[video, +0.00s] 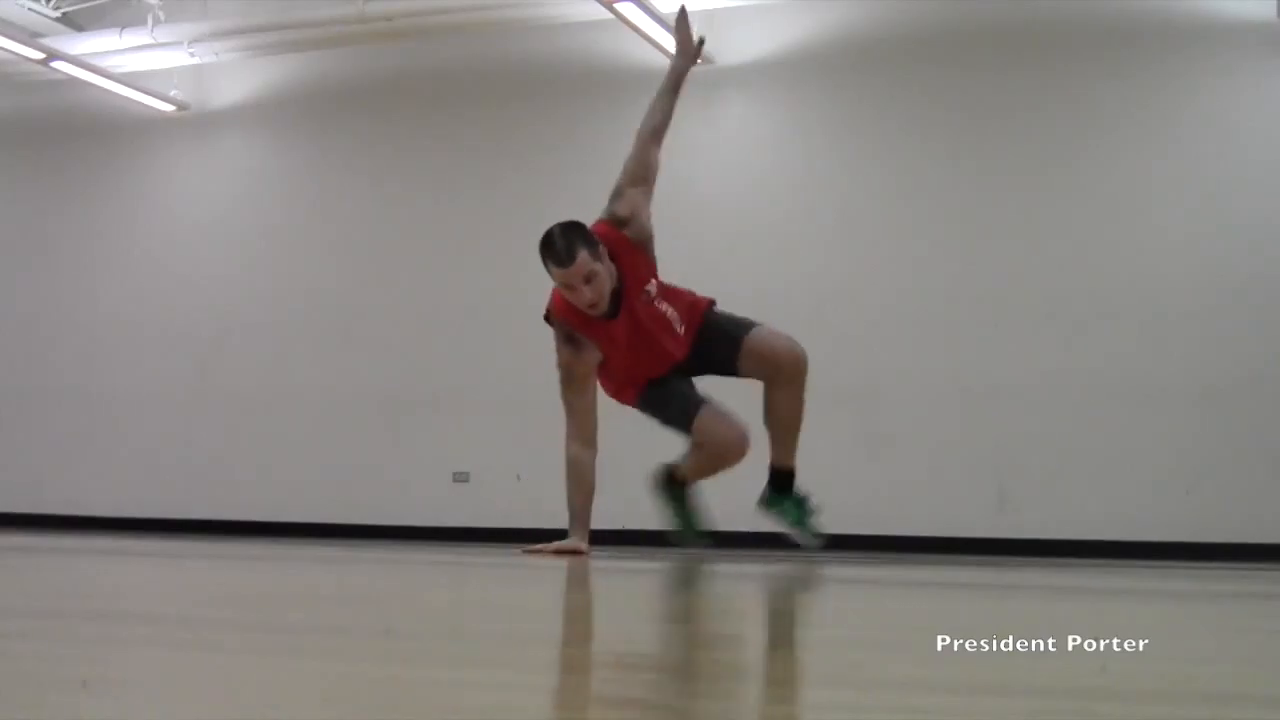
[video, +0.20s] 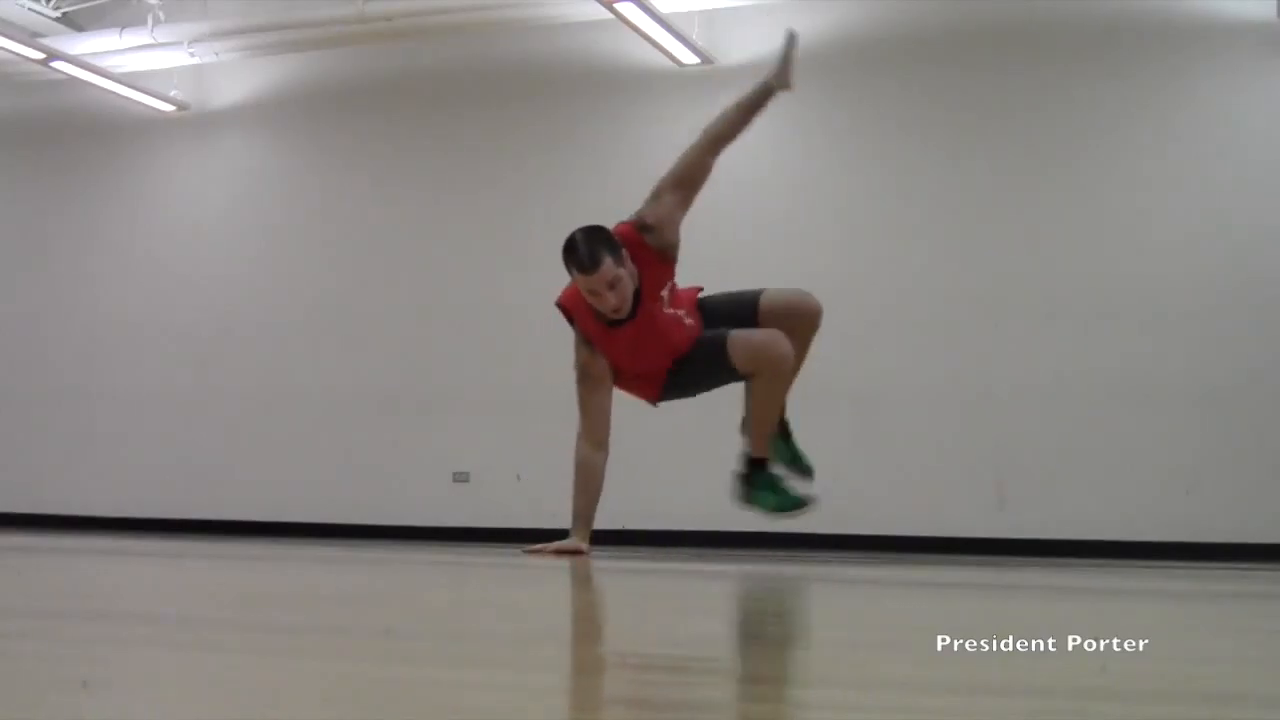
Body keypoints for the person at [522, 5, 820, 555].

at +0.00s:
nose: (585, 295)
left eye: (589, 279)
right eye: (571, 289)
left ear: (604, 255)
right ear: (556, 286)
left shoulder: (627, 222)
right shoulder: (574, 344)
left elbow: (650, 140)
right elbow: (581, 442)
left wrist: (682, 64)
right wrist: (579, 535)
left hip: (683, 327)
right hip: (644, 380)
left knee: (787, 359)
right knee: (732, 442)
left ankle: (781, 491)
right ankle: (674, 483)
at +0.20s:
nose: (611, 299)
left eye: (615, 283)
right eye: (596, 294)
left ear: (626, 258)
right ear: (579, 290)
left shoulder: (652, 231)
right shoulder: (592, 349)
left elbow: (708, 147)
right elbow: (593, 442)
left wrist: (771, 87)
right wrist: (580, 534)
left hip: (685, 315)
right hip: (666, 371)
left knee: (804, 311)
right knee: (771, 350)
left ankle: (767, 427)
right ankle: (755, 473)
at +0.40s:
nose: (664, 302)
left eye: (673, 289)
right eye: (651, 295)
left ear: (688, 269)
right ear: (633, 286)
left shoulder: (720, 261)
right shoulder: (623, 339)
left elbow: (807, 251)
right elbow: (602, 436)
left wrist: (903, 252)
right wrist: (579, 529)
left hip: (729, 363)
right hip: (669, 388)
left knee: (770, 386)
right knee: (668, 464)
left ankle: (731, 510)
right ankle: (708, 504)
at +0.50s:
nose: (700, 288)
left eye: (709, 275)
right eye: (689, 277)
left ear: (726, 263)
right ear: (672, 267)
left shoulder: (755, 295)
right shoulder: (643, 301)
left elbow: (829, 354)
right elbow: (562, 370)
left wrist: (897, 413)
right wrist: (557, 460)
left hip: (749, 397)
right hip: (678, 412)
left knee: (698, 397)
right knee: (607, 480)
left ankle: (749, 505)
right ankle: (710, 500)